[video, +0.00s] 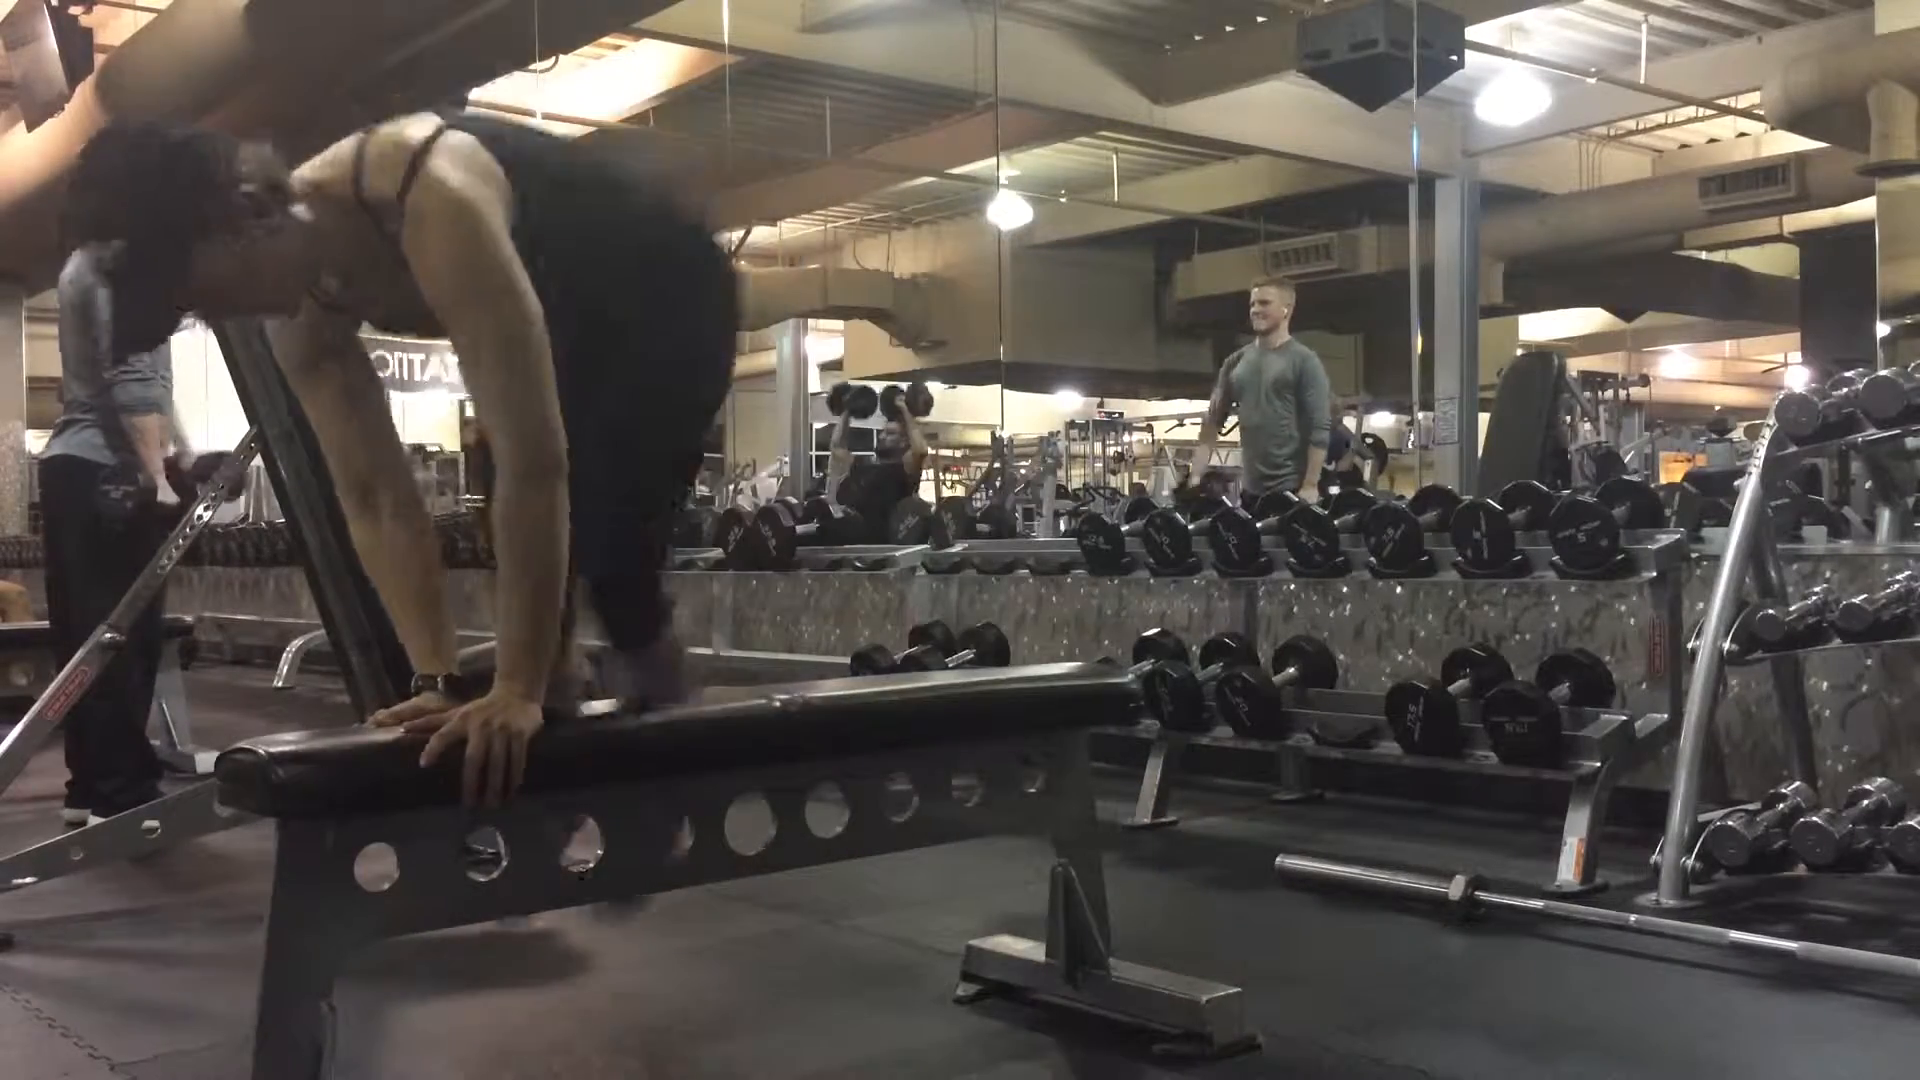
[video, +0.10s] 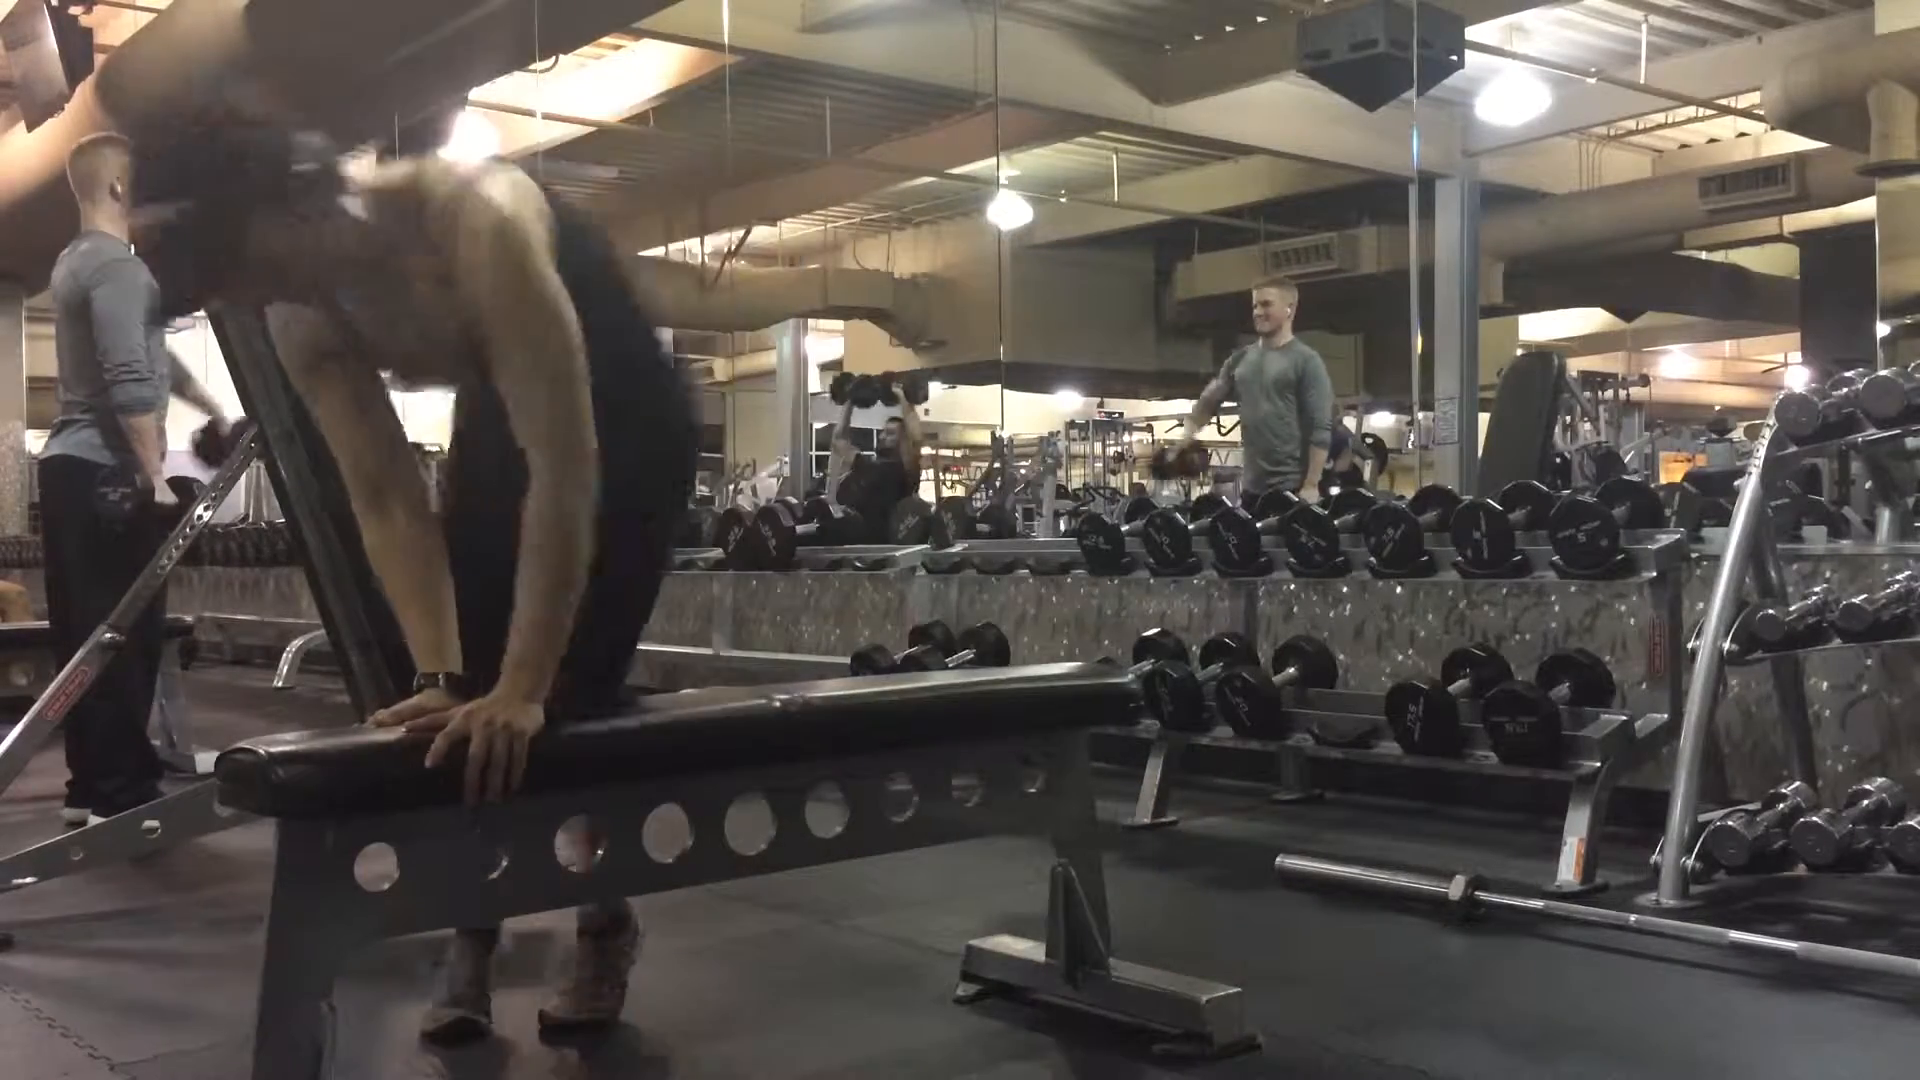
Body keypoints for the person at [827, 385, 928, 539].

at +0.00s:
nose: (882, 436)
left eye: (890, 433)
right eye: (882, 432)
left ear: (904, 441)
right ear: (878, 436)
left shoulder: (905, 470)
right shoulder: (861, 465)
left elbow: (920, 451)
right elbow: (836, 447)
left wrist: (904, 409)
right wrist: (846, 411)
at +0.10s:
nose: (882, 436)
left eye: (890, 433)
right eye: (883, 432)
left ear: (903, 437)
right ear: (880, 433)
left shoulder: (907, 469)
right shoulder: (865, 464)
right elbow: (838, 440)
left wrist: (902, 399)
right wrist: (849, 402)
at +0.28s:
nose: (883, 434)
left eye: (891, 431)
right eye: (883, 431)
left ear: (904, 436)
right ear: (880, 435)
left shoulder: (907, 472)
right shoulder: (866, 461)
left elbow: (911, 428)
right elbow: (847, 429)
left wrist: (897, 382)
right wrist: (854, 386)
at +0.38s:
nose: (883, 435)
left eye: (891, 431)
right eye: (883, 431)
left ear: (904, 436)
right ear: (879, 435)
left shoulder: (905, 467)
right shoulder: (865, 458)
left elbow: (906, 421)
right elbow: (850, 423)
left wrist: (893, 373)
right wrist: (856, 380)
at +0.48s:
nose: (882, 434)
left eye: (890, 431)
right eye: (882, 431)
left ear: (904, 438)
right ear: (879, 434)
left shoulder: (904, 467)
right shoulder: (866, 458)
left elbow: (900, 417)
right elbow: (854, 420)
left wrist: (889, 370)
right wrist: (857, 375)